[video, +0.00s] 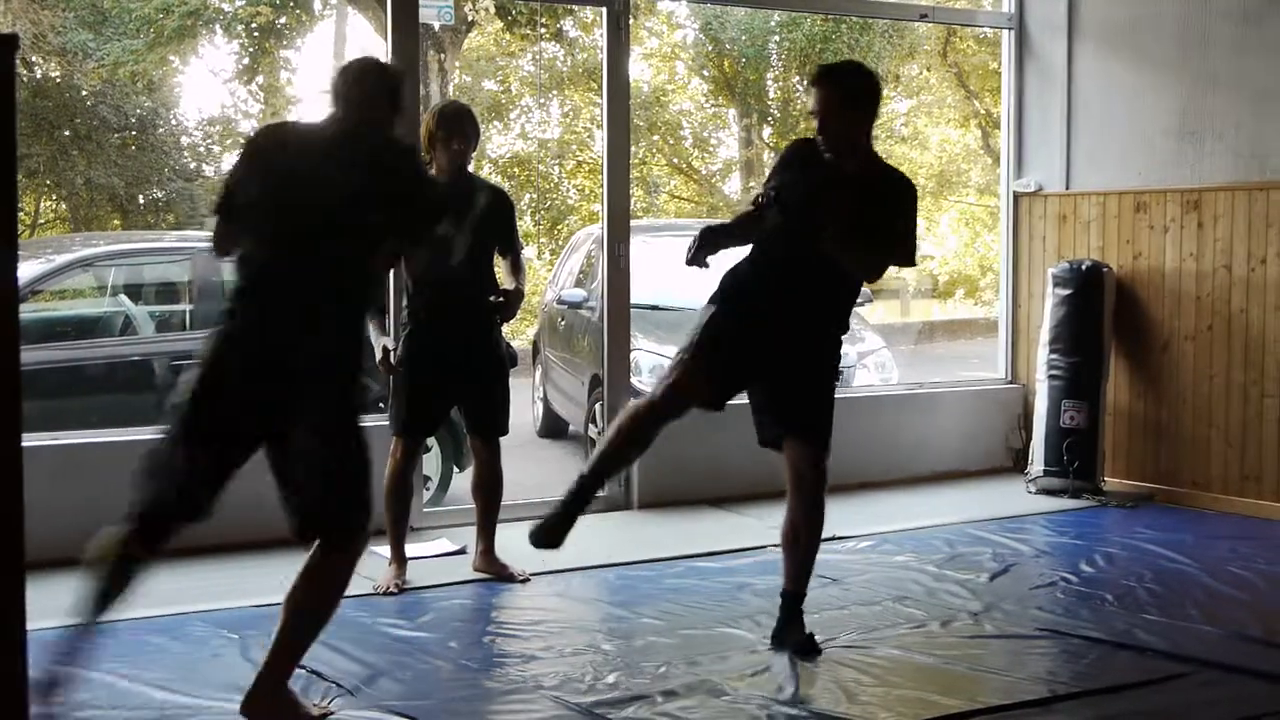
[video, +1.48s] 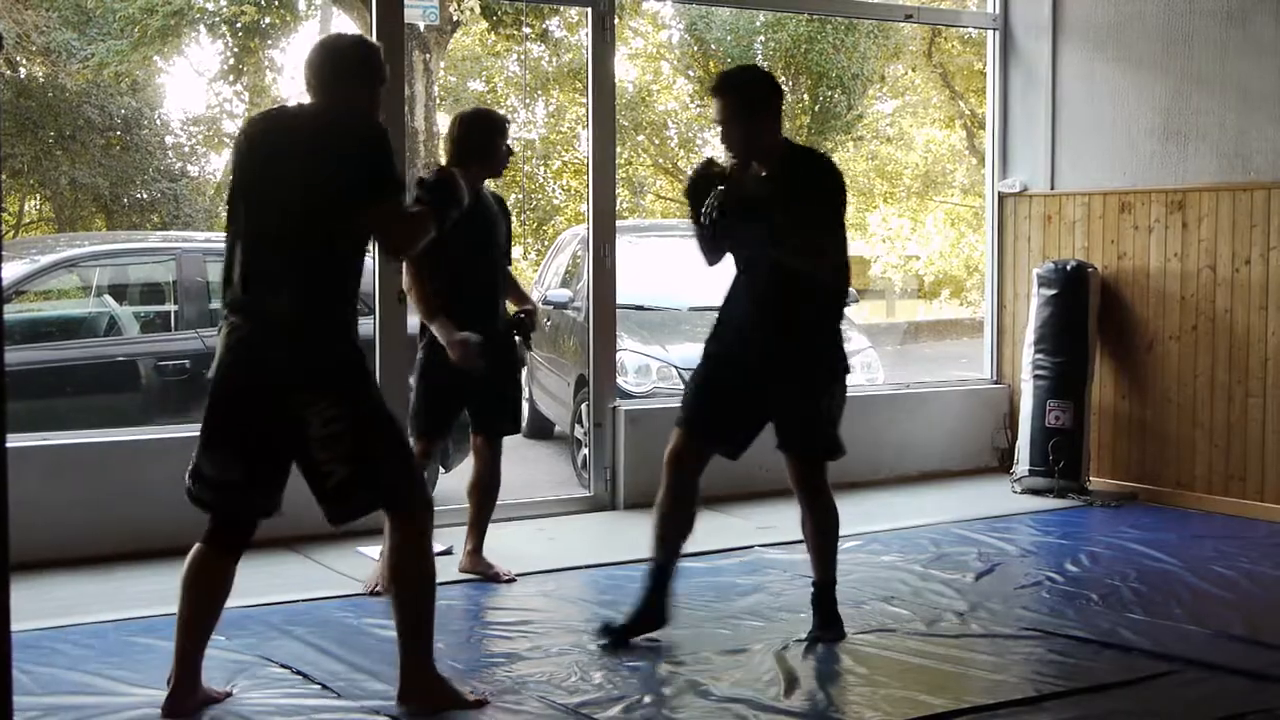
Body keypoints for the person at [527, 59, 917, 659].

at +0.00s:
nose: (818, 124)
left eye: (828, 114)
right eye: (816, 113)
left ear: (862, 114)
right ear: (817, 109)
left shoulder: (894, 189)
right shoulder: (801, 157)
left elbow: (882, 263)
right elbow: (762, 215)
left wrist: (831, 215)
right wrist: (719, 235)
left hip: (811, 338)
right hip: (745, 312)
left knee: (809, 482)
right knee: (665, 401)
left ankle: (791, 618)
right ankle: (575, 499)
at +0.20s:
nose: (788, 132)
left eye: (798, 121)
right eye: (785, 121)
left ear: (834, 119)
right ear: (790, 119)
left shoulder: (875, 191)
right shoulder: (777, 170)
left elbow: (889, 277)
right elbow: (734, 227)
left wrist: (837, 230)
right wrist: (698, 231)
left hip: (809, 348)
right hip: (739, 332)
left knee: (797, 484)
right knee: (678, 433)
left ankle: (773, 621)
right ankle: (627, 557)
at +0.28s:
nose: (773, 127)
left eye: (782, 116)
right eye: (771, 116)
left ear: (817, 116)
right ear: (780, 115)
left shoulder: (861, 186)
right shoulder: (763, 169)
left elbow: (892, 269)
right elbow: (717, 227)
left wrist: (845, 224)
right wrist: (685, 228)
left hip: (805, 348)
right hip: (734, 337)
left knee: (790, 484)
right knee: (682, 449)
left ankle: (767, 619)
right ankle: (674, 551)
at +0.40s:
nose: (759, 130)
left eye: (768, 118)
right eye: (756, 118)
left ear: (804, 114)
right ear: (758, 115)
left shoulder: (848, 179)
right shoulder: (748, 170)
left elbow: (893, 258)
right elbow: (712, 223)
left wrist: (858, 199)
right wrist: (691, 222)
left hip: (806, 351)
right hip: (736, 342)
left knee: (787, 483)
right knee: (715, 472)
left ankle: (767, 616)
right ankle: (749, 539)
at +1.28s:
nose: (730, 138)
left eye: (737, 125)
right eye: (728, 126)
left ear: (773, 120)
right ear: (745, 124)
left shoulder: (830, 169)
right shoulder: (753, 182)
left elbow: (848, 251)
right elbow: (740, 260)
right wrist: (716, 216)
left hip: (822, 346)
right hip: (762, 341)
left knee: (813, 476)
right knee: (706, 457)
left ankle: (826, 604)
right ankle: (751, 560)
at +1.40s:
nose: (727, 131)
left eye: (735, 117)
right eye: (726, 118)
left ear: (770, 116)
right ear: (747, 119)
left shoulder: (823, 168)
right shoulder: (730, 182)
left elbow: (823, 257)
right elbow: (726, 252)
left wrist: (749, 205)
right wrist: (732, 186)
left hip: (817, 346)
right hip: (752, 340)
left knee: (812, 476)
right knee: (688, 452)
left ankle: (827, 604)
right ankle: (695, 588)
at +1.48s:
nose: (721, 131)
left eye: (728, 120)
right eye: (720, 121)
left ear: (764, 115)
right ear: (741, 117)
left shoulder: (816, 174)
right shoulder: (729, 182)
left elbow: (835, 275)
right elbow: (712, 249)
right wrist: (718, 191)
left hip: (805, 349)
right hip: (740, 344)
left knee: (810, 480)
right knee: (681, 459)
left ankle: (826, 609)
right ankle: (654, 603)